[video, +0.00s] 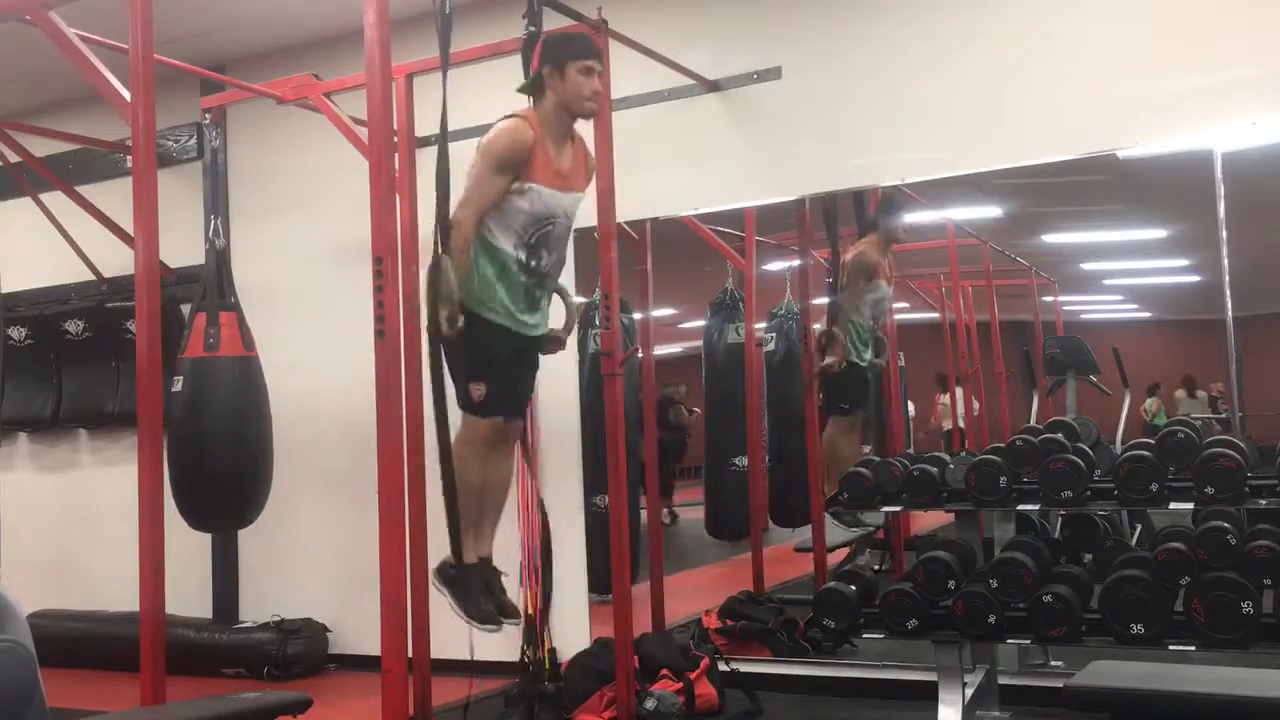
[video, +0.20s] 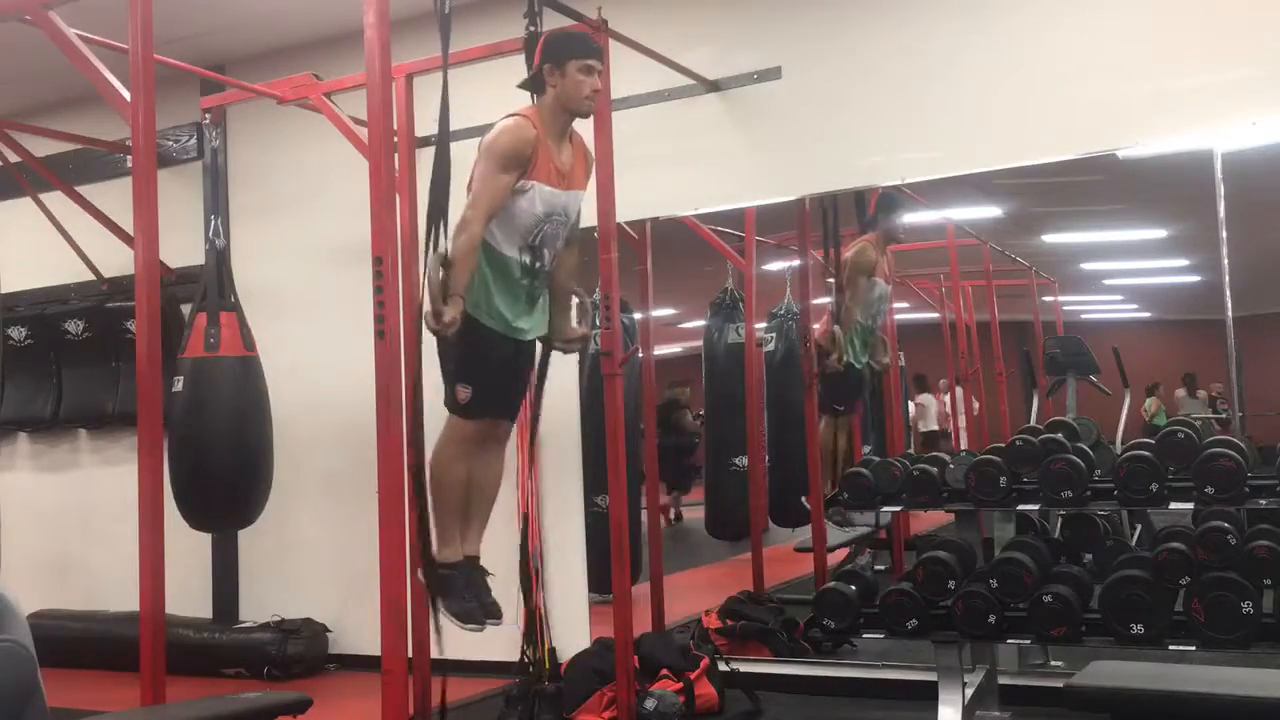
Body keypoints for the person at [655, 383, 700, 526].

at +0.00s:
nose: (683, 393)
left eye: (683, 390)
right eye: (682, 390)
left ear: (663, 390)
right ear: (676, 391)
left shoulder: (658, 405)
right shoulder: (675, 406)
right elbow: (686, 422)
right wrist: (695, 414)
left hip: (659, 450)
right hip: (669, 451)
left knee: (666, 483)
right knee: (665, 483)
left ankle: (670, 510)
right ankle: (661, 515)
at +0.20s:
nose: (688, 396)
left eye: (688, 392)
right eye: (686, 393)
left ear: (669, 393)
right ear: (682, 394)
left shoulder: (661, 409)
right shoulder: (682, 410)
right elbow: (690, 426)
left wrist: (692, 417)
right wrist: (699, 421)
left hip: (665, 451)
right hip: (681, 452)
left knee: (672, 483)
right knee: (684, 484)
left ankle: (677, 512)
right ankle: (666, 506)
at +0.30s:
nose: (690, 393)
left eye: (689, 390)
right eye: (689, 390)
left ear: (671, 392)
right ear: (687, 392)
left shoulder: (664, 407)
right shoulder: (689, 406)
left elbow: (658, 427)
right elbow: (696, 424)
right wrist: (706, 423)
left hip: (668, 447)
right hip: (689, 447)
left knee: (672, 479)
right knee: (696, 480)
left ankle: (677, 511)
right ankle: (681, 496)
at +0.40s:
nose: (694, 391)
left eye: (692, 388)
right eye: (692, 388)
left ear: (676, 390)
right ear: (692, 390)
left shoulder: (666, 407)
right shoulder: (698, 406)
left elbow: (660, 429)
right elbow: (703, 428)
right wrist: (704, 444)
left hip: (671, 450)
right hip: (693, 449)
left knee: (674, 482)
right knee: (697, 479)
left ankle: (676, 512)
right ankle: (693, 504)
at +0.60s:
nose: (695, 392)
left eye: (693, 389)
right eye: (694, 389)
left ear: (685, 391)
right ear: (699, 390)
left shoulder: (676, 407)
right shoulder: (705, 405)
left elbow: (668, 427)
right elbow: (711, 427)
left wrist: (666, 444)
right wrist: (712, 443)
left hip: (681, 448)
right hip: (702, 448)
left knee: (678, 480)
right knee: (705, 479)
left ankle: (678, 511)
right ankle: (712, 509)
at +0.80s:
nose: (684, 394)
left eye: (686, 391)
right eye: (684, 391)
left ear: (691, 390)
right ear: (700, 390)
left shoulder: (690, 404)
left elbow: (684, 422)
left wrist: (667, 432)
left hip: (693, 444)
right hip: (708, 443)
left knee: (686, 475)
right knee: (711, 476)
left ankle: (689, 509)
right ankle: (717, 509)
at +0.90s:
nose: (686, 392)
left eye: (688, 389)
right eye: (686, 389)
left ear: (693, 390)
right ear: (697, 390)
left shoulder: (694, 403)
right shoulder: (703, 402)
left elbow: (688, 420)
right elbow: (688, 422)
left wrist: (671, 427)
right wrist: (675, 427)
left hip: (695, 445)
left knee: (691, 476)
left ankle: (694, 509)